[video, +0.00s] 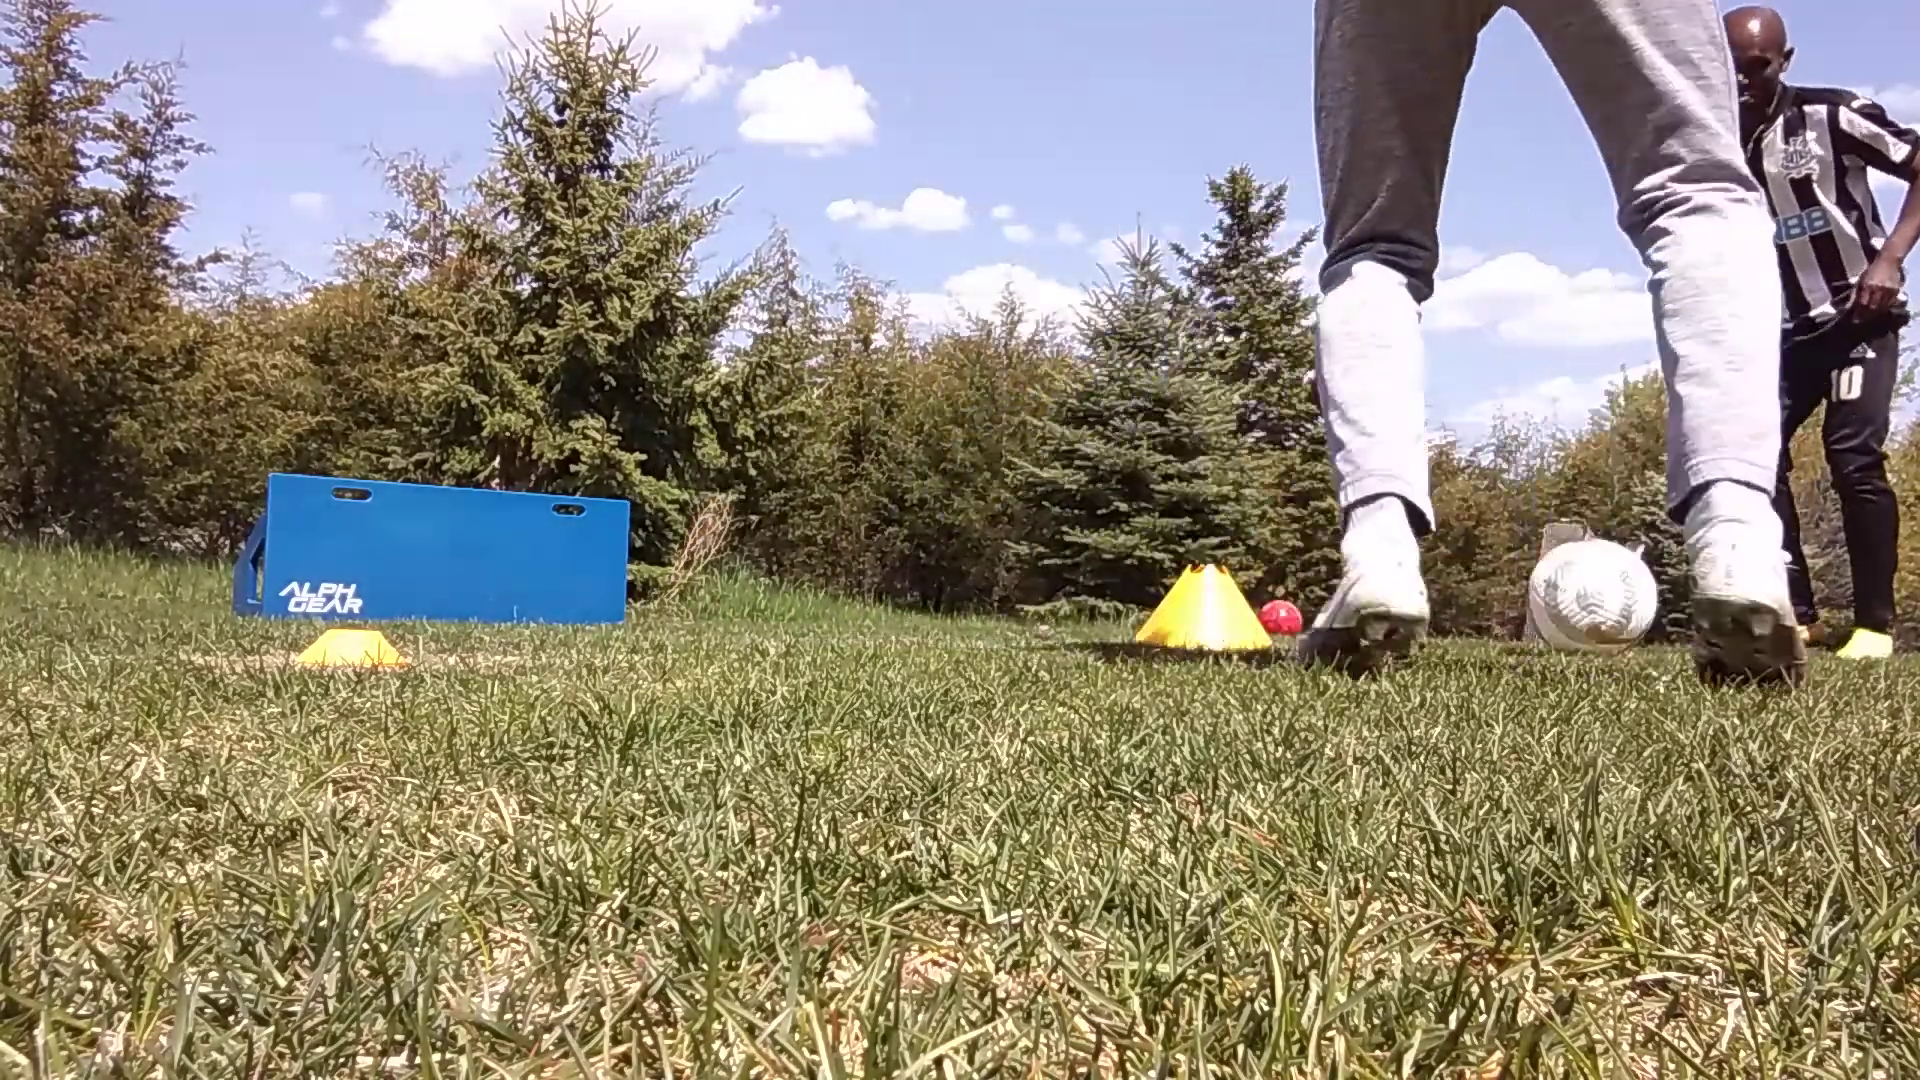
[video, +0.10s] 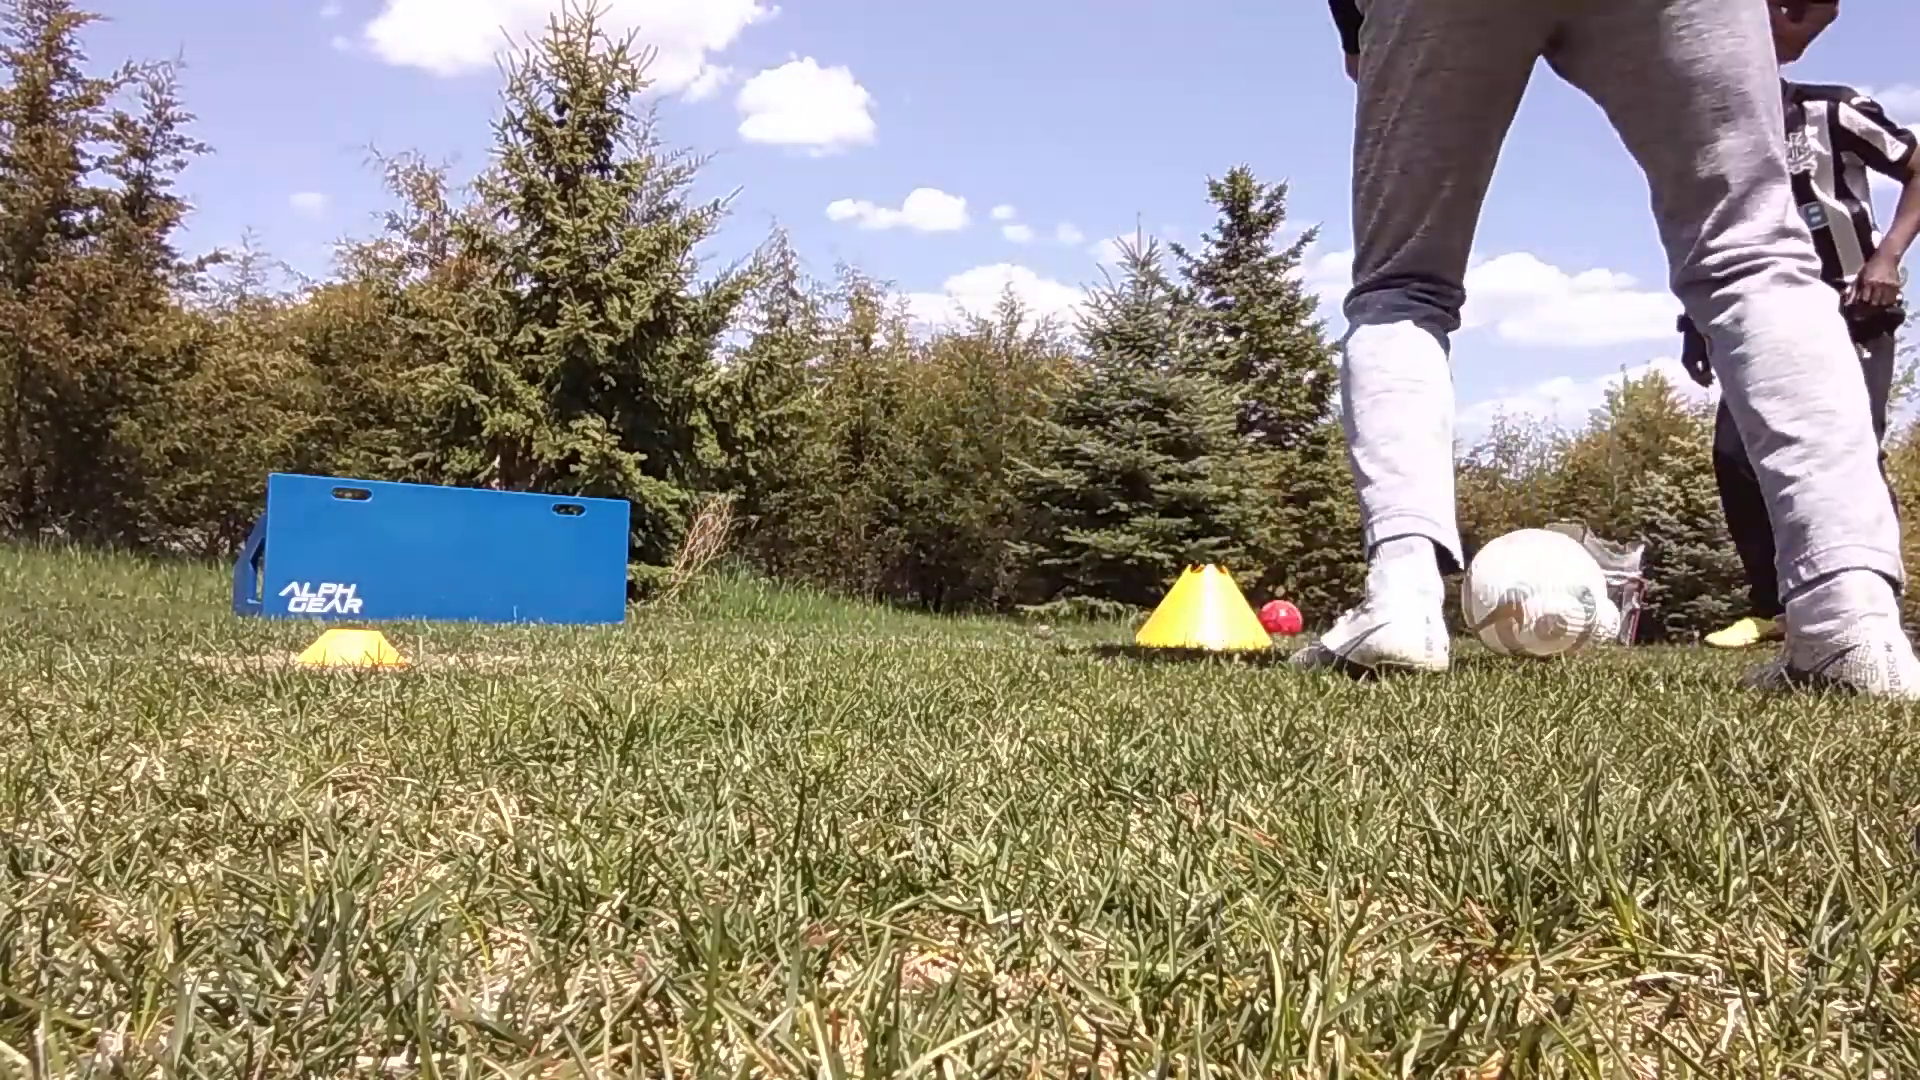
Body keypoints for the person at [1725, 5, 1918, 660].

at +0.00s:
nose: (1748, 81)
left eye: (1760, 67)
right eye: (1737, 68)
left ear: (1785, 60)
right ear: (1722, 64)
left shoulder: (1837, 113)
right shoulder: (1721, 138)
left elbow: (1917, 168)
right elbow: (1711, 230)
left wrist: (1889, 258)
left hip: (1861, 318)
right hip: (1787, 332)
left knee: (1853, 462)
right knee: (1755, 455)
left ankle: (1874, 625)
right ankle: (1795, 614)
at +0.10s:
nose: (1781, 16)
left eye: (1799, 8)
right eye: (1775, 5)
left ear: (1820, 22)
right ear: (1753, 13)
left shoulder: (1836, 107)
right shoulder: (1719, 121)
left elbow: (1916, 165)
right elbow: (1703, 224)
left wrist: (1887, 256)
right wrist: (1700, 314)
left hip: (1851, 309)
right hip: (1761, 313)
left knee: (1849, 452)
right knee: (1736, 453)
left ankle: (1861, 601)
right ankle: (1770, 603)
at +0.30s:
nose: (1737, 61)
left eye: (1746, 45)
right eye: (1724, 50)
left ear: (1775, 52)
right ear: (1710, 67)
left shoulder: (1808, 113)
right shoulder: (1703, 141)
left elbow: (1898, 181)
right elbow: (1689, 242)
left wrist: (1862, 256)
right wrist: (1667, 325)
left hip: (1820, 317)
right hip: (1738, 327)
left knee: (1824, 458)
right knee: (1702, 467)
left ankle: (1838, 617)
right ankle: (1682, 621)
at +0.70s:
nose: (1650, 58)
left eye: (1665, 47)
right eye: (1641, 50)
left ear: (1698, 60)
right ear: (1631, 67)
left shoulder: (1747, 119)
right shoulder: (1611, 160)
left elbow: (1820, 194)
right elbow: (1607, 259)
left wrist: (1783, 256)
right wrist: (1595, 334)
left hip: (1756, 327)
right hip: (1675, 346)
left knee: (1769, 462)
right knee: (1676, 478)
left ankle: (1809, 602)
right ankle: (1676, 623)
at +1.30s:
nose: (1633, 73)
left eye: (1649, 61)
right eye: (1631, 61)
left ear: (1693, 68)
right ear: (1629, 69)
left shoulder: (1738, 145)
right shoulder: (1608, 148)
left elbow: (1797, 234)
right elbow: (1608, 237)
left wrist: (1738, 309)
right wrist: (1581, 312)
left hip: (1709, 345)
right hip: (1628, 347)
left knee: (1729, 470)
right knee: (1578, 460)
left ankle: (1764, 623)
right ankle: (1612, 603)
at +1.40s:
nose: (1613, 96)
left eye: (1629, 84)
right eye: (1609, 85)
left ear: (1671, 89)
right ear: (1604, 91)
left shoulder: (1720, 165)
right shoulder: (1589, 168)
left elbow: (1776, 252)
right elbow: (1588, 255)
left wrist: (1721, 330)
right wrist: (1557, 332)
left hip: (1693, 356)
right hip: (1611, 357)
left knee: (1717, 476)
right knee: (1539, 468)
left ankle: (1762, 624)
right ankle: (1534, 606)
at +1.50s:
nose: (1578, 117)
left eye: (1592, 105)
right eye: (1573, 107)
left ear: (1634, 108)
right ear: (1569, 113)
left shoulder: (1686, 185)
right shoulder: (1556, 187)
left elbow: (1744, 263)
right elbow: (1559, 269)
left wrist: (1696, 344)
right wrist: (1527, 343)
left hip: (1663, 369)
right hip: (1580, 371)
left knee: (1699, 482)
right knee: (1501, 474)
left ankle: (1760, 625)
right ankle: (1460, 606)